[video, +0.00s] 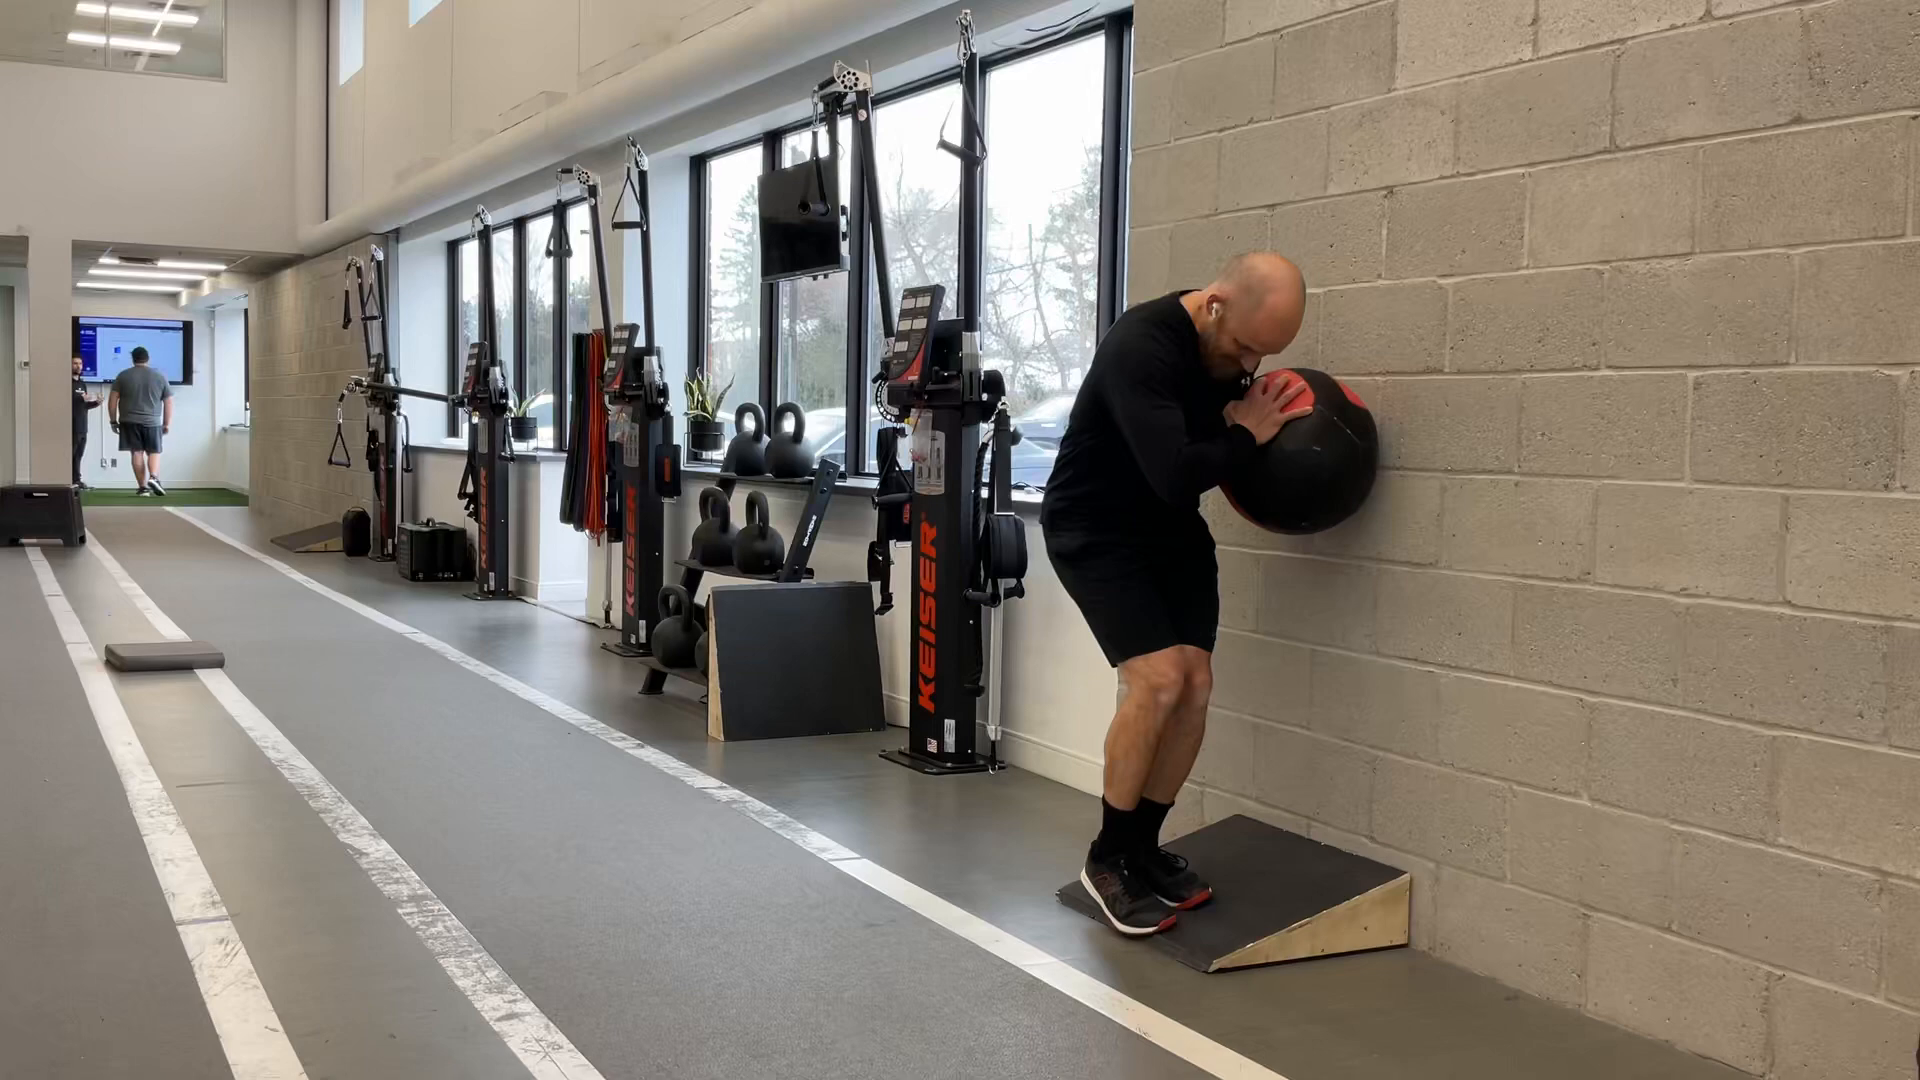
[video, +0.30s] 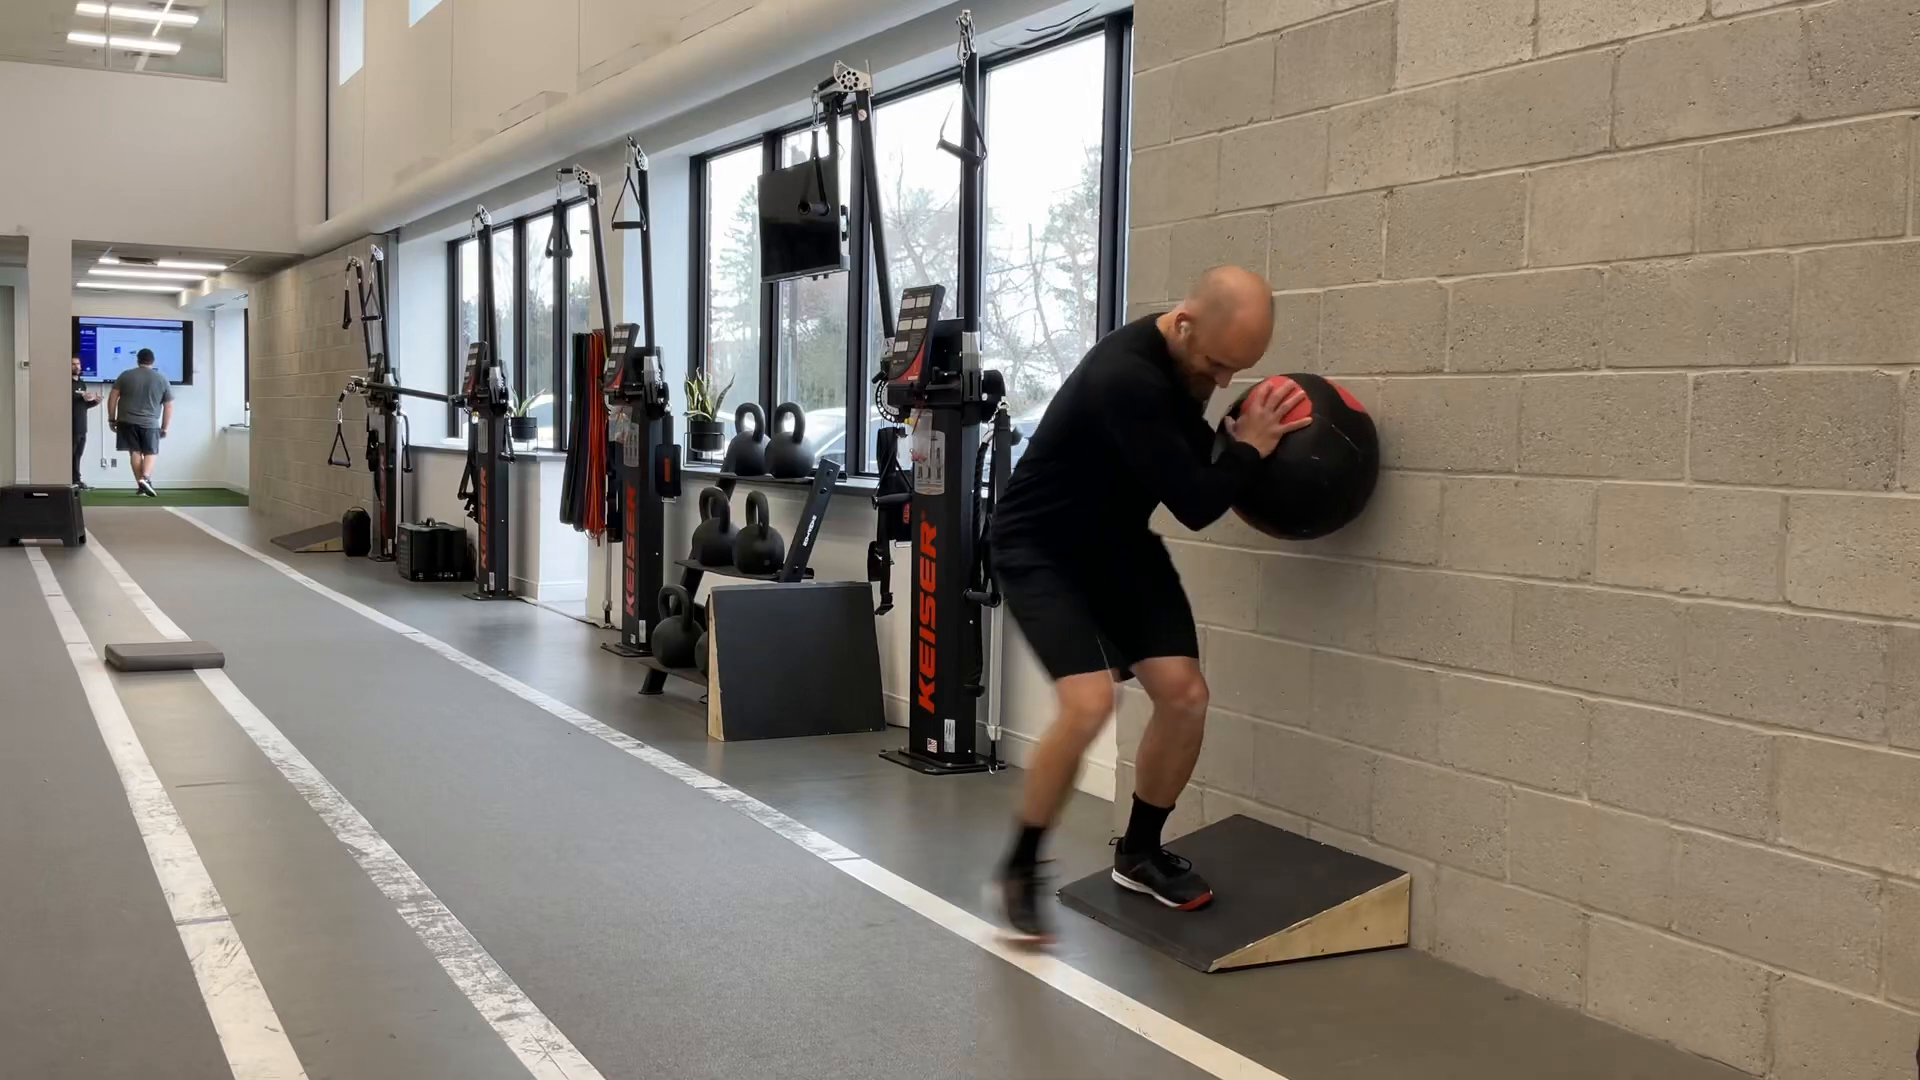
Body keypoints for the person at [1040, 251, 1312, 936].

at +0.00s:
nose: (1252, 366)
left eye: (1264, 355)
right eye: (1245, 349)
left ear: (1278, 329)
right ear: (1212, 304)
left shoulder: (1226, 351)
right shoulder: (1140, 346)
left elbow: (1224, 452)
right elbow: (1172, 475)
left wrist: (1295, 422)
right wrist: (1245, 431)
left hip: (1173, 524)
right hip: (1096, 523)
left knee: (1194, 682)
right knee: (1159, 679)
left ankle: (1142, 848)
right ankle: (1109, 857)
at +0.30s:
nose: (1222, 382)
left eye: (1235, 371)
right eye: (1213, 365)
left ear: (1251, 345)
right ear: (1180, 322)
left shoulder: (1183, 357)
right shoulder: (1127, 377)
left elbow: (1180, 459)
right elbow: (1196, 507)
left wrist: (1228, 437)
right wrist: (1247, 448)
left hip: (1117, 537)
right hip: (1037, 536)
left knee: (1184, 693)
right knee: (1089, 698)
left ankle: (1140, 852)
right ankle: (1019, 871)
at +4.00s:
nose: (1179, 364)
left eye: (1188, 350)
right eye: (1169, 347)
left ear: (1192, 334)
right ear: (1125, 324)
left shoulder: (1125, 373)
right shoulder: (1092, 394)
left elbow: (1169, 421)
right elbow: (1169, 509)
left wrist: (1251, 439)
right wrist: (1215, 455)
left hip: (1056, 562)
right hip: (969, 563)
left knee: (1171, 695)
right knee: (943, 723)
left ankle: (1144, 848)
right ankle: (837, 873)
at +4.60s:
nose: (612, 420)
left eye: (631, 400)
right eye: (594, 400)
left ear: (658, 371)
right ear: (561, 369)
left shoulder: (684, 477)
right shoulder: (499, 414)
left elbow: (673, 624)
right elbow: (342, 452)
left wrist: (584, 680)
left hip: (610, 655)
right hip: (495, 637)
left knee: (590, 820)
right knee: (499, 778)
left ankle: (467, 881)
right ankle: (404, 949)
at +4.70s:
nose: (599, 433)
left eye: (616, 414)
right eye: (581, 414)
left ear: (641, 385)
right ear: (546, 381)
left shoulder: (667, 481)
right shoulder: (491, 411)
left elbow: (646, 630)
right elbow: (328, 410)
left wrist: (546, 665)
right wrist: (384, 483)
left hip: (599, 639)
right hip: (484, 622)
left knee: (623, 792)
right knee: (481, 771)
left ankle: (495, 864)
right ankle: (403, 948)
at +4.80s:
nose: (615, 423)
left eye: (630, 403)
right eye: (595, 405)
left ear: (651, 377)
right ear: (553, 376)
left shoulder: (669, 469)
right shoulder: (499, 397)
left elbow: (644, 620)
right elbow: (339, 381)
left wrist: (547, 632)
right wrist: (387, 454)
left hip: (612, 618)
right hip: (493, 613)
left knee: (702, 755)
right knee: (481, 769)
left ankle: (584, 856)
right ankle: (403, 953)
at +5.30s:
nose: (939, 222)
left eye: (940, 206)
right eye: (936, 205)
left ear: (868, 191)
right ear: (902, 197)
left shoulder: (799, 265)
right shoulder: (892, 284)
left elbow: (813, 374)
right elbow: (1012, 370)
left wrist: (893, 375)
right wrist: (1104, 370)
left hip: (767, 522)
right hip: (793, 534)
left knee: (860, 703)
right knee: (723, 729)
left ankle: (880, 898)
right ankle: (601, 925)